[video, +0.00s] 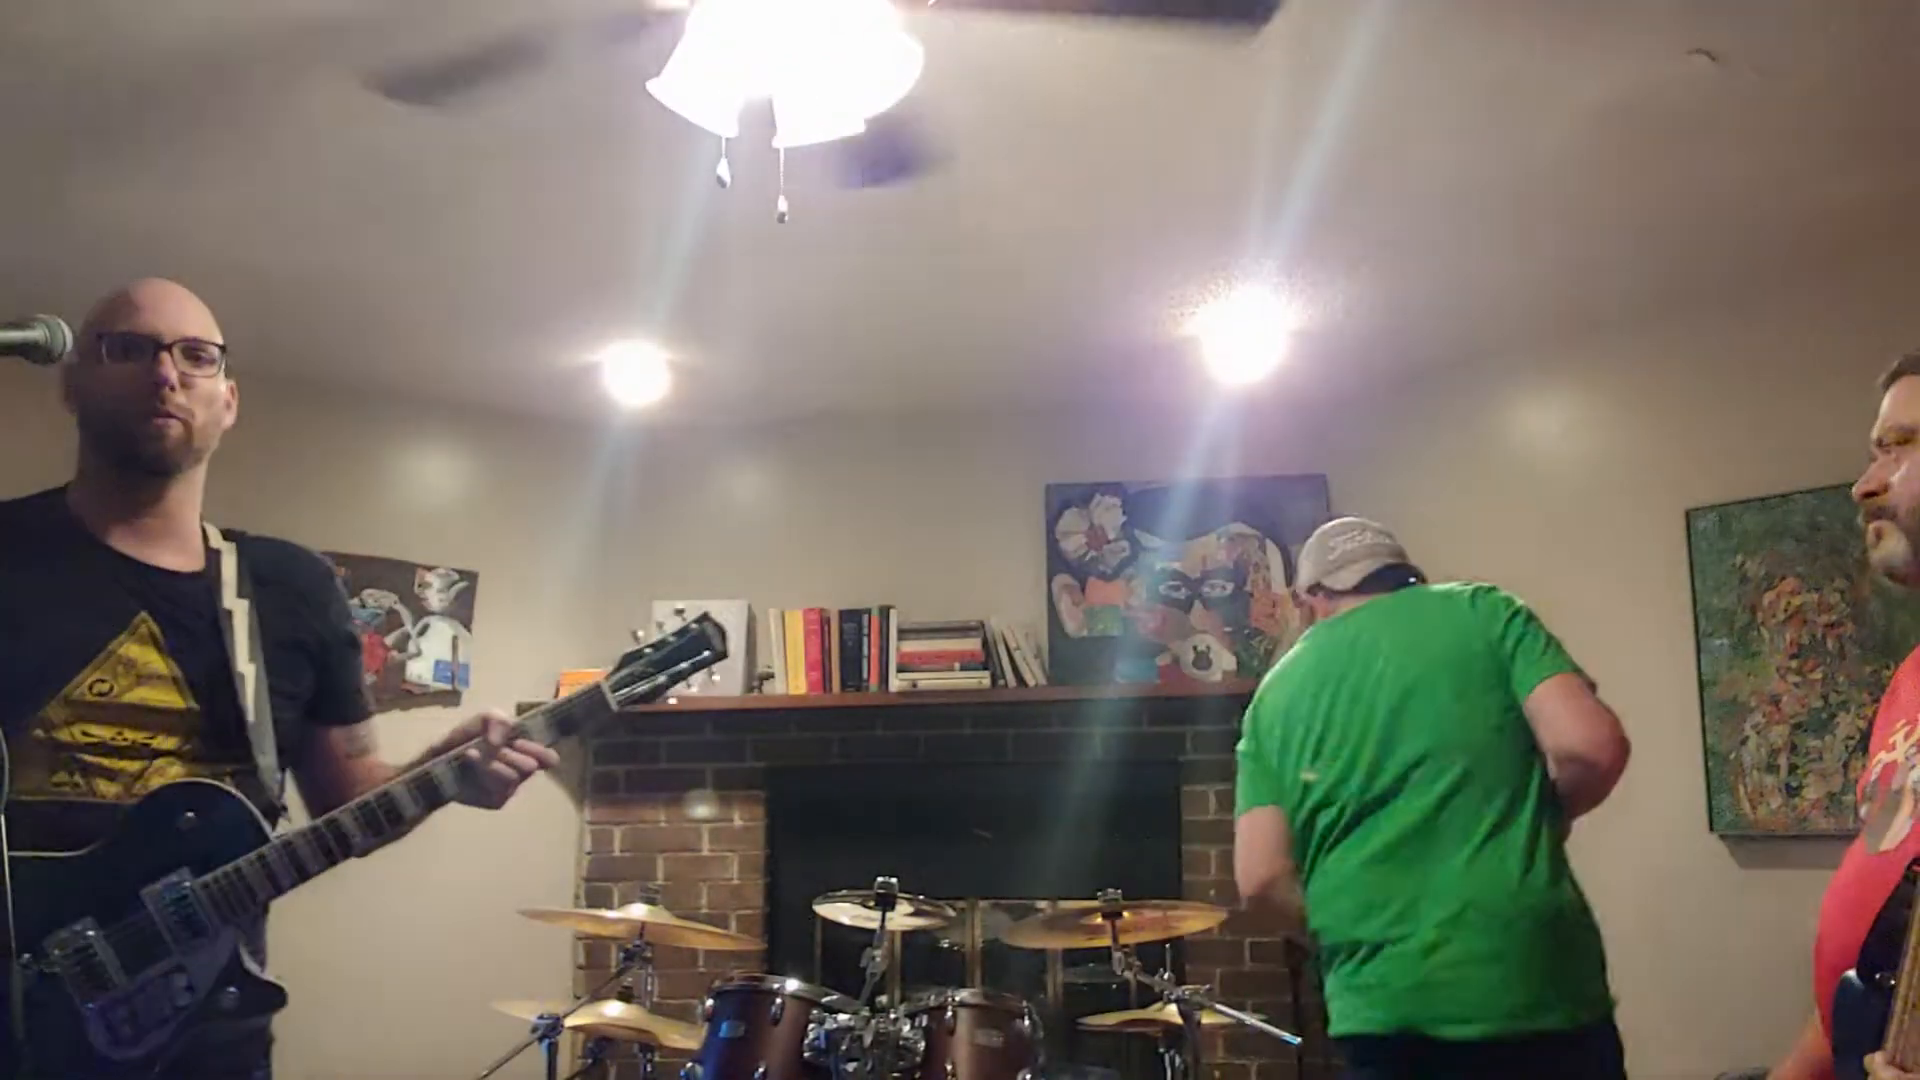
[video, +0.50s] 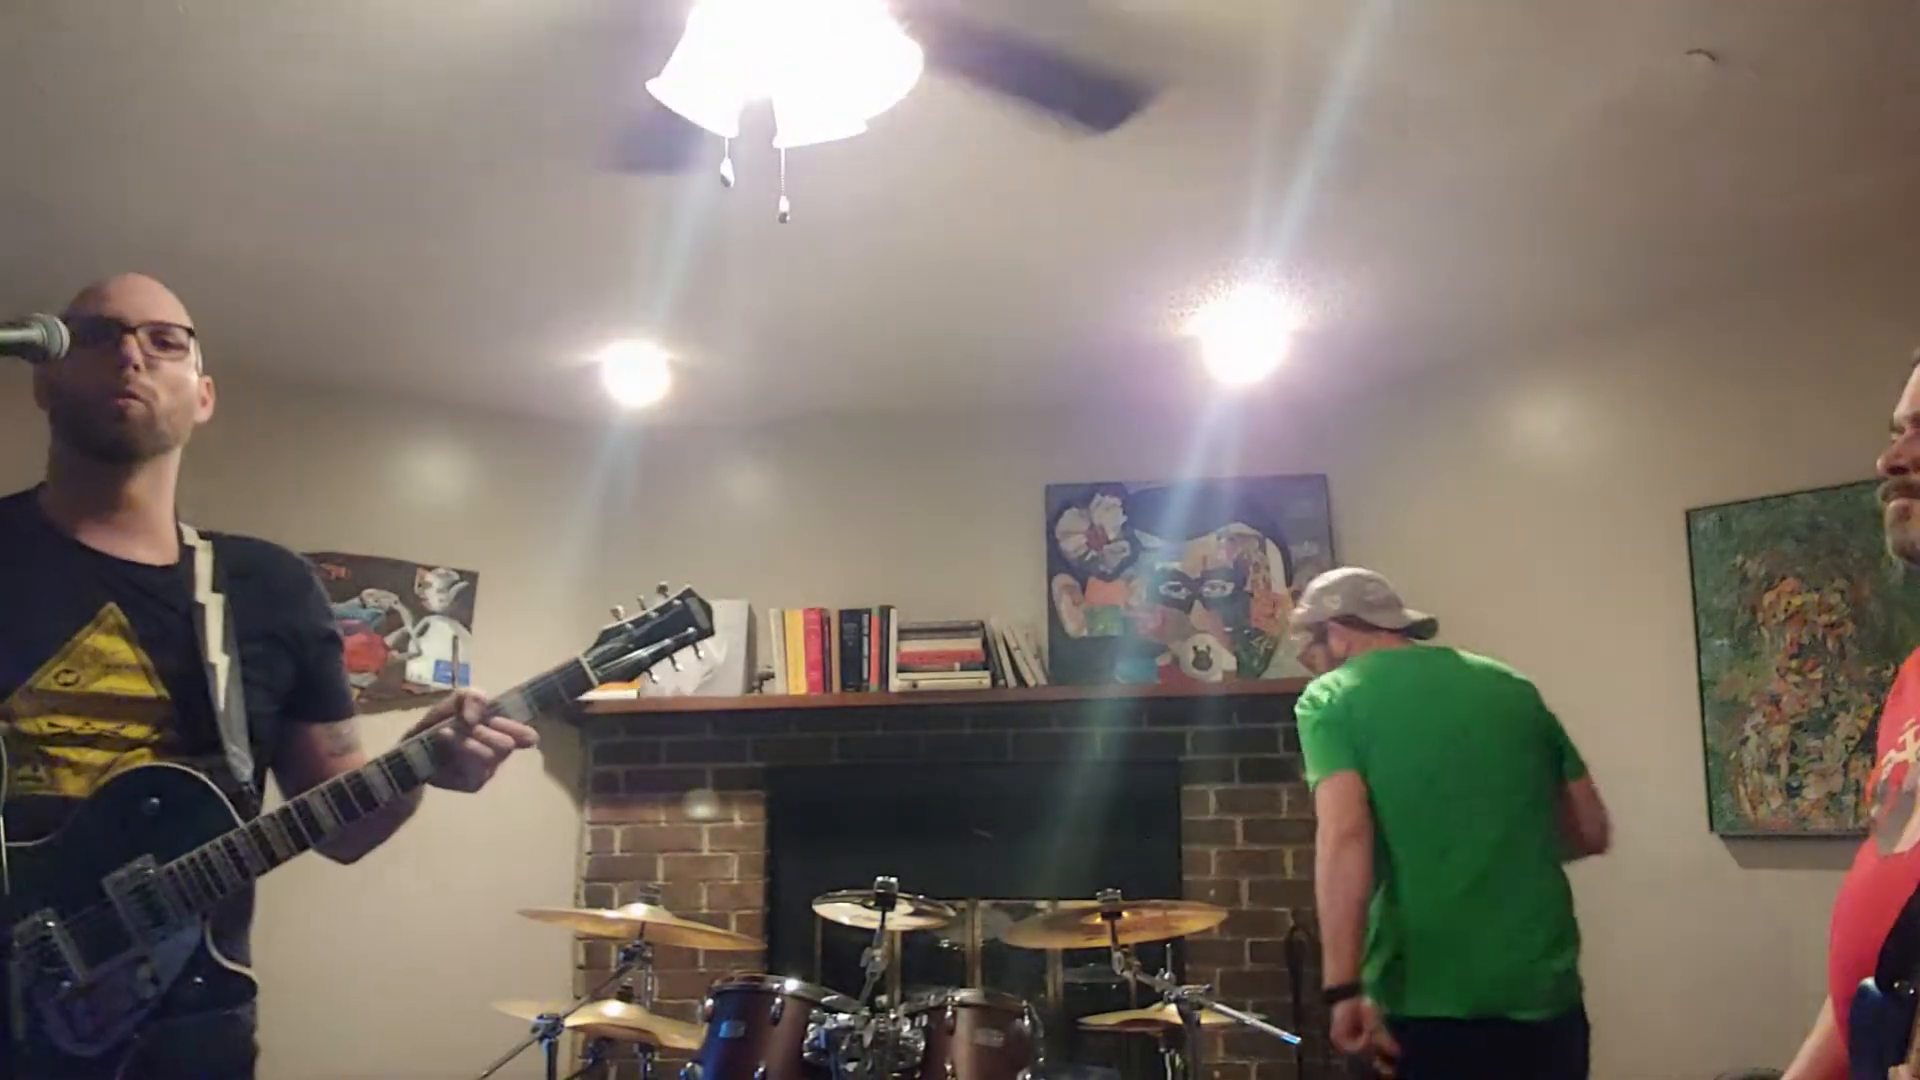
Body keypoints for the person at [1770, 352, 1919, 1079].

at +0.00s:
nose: (1865, 482)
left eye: (1897, 445)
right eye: (1875, 451)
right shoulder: (1906, 682)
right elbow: (1876, 908)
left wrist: (1803, 1059)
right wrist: (1801, 1061)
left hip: (1898, 1054)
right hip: (1854, 1046)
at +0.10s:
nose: (1870, 478)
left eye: (1903, 445)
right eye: (1879, 451)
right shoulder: (1906, 683)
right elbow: (1876, 905)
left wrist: (1801, 1058)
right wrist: (1800, 1061)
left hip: (1895, 1054)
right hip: (1855, 1047)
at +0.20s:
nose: (1875, 475)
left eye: (1910, 439)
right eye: (1882, 446)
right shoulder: (1908, 682)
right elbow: (1873, 909)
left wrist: (1796, 1062)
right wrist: (1794, 1065)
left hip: (1898, 1055)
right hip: (1857, 1049)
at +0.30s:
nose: (1882, 470)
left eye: (1913, 436)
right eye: (1889, 439)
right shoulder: (1908, 683)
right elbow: (1873, 922)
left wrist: (1799, 1061)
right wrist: (1795, 1066)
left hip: (1897, 1054)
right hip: (1856, 1048)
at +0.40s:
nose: (1889, 463)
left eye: (1913, 433)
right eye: (1892, 437)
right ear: (1887, 452)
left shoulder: (1909, 679)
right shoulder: (1909, 679)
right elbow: (1878, 903)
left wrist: (1808, 1059)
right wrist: (1804, 1064)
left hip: (1899, 1053)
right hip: (1863, 1049)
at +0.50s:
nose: (1891, 459)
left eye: (1917, 430)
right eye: (1895, 431)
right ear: (1891, 446)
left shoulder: (1908, 677)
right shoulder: (1909, 677)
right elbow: (1882, 907)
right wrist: (1808, 1065)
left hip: (1899, 1053)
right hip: (1861, 1047)